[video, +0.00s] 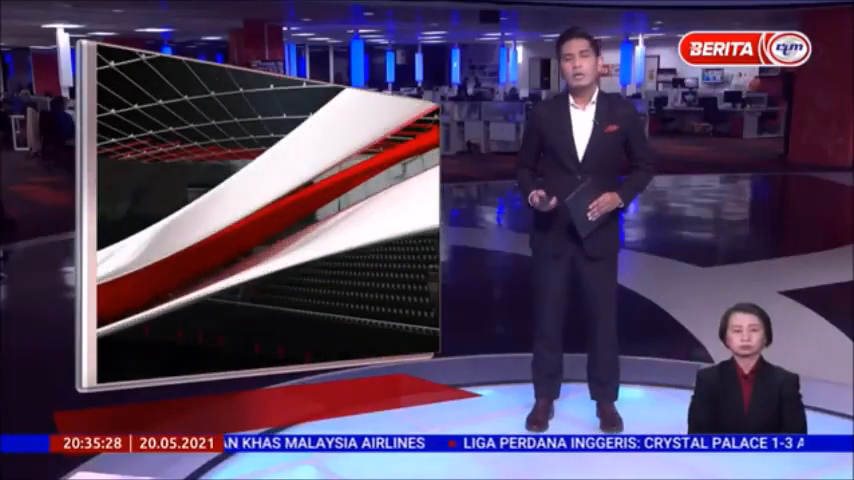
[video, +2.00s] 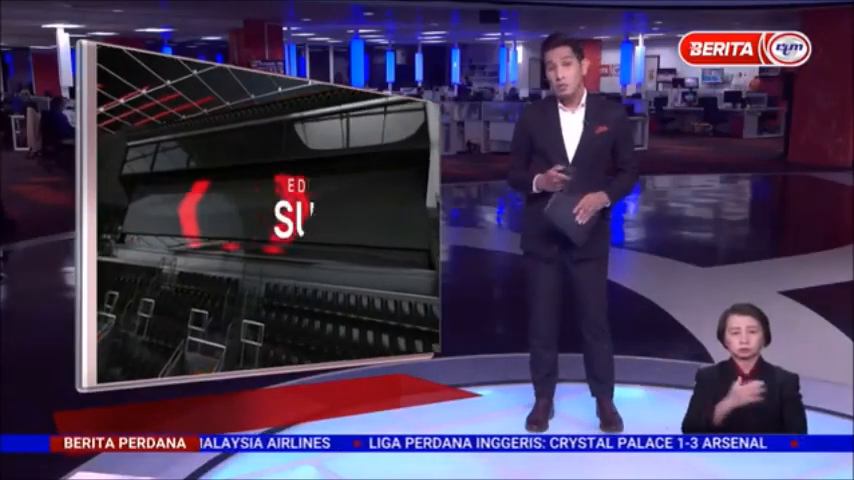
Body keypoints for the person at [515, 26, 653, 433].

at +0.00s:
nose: (576, 64)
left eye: (584, 56)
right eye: (568, 58)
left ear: (599, 63)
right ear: (560, 67)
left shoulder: (621, 111)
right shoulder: (542, 112)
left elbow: (644, 166)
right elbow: (524, 166)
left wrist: (620, 196)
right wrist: (533, 192)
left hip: (599, 229)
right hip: (551, 229)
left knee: (602, 316)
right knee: (548, 315)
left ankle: (606, 400)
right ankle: (544, 397)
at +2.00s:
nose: (558, 73)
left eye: (566, 64)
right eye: (551, 67)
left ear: (583, 66)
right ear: (545, 74)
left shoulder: (610, 111)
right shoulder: (532, 114)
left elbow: (628, 171)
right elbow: (515, 174)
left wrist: (604, 196)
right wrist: (538, 180)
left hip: (590, 231)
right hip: (542, 233)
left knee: (594, 319)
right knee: (542, 319)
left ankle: (605, 400)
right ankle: (542, 398)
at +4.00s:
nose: (563, 71)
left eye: (570, 63)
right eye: (555, 64)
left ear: (585, 68)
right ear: (546, 72)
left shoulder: (608, 112)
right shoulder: (530, 115)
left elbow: (627, 171)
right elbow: (513, 172)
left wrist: (600, 201)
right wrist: (536, 186)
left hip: (590, 231)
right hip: (542, 231)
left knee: (593, 321)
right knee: (543, 321)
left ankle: (605, 400)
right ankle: (542, 400)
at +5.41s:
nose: (558, 74)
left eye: (566, 65)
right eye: (551, 67)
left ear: (582, 70)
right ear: (544, 74)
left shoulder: (607, 112)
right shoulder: (530, 116)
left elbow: (626, 171)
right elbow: (513, 171)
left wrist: (602, 200)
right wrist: (532, 185)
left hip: (589, 232)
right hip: (542, 233)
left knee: (593, 322)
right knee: (543, 323)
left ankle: (605, 401)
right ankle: (542, 401)